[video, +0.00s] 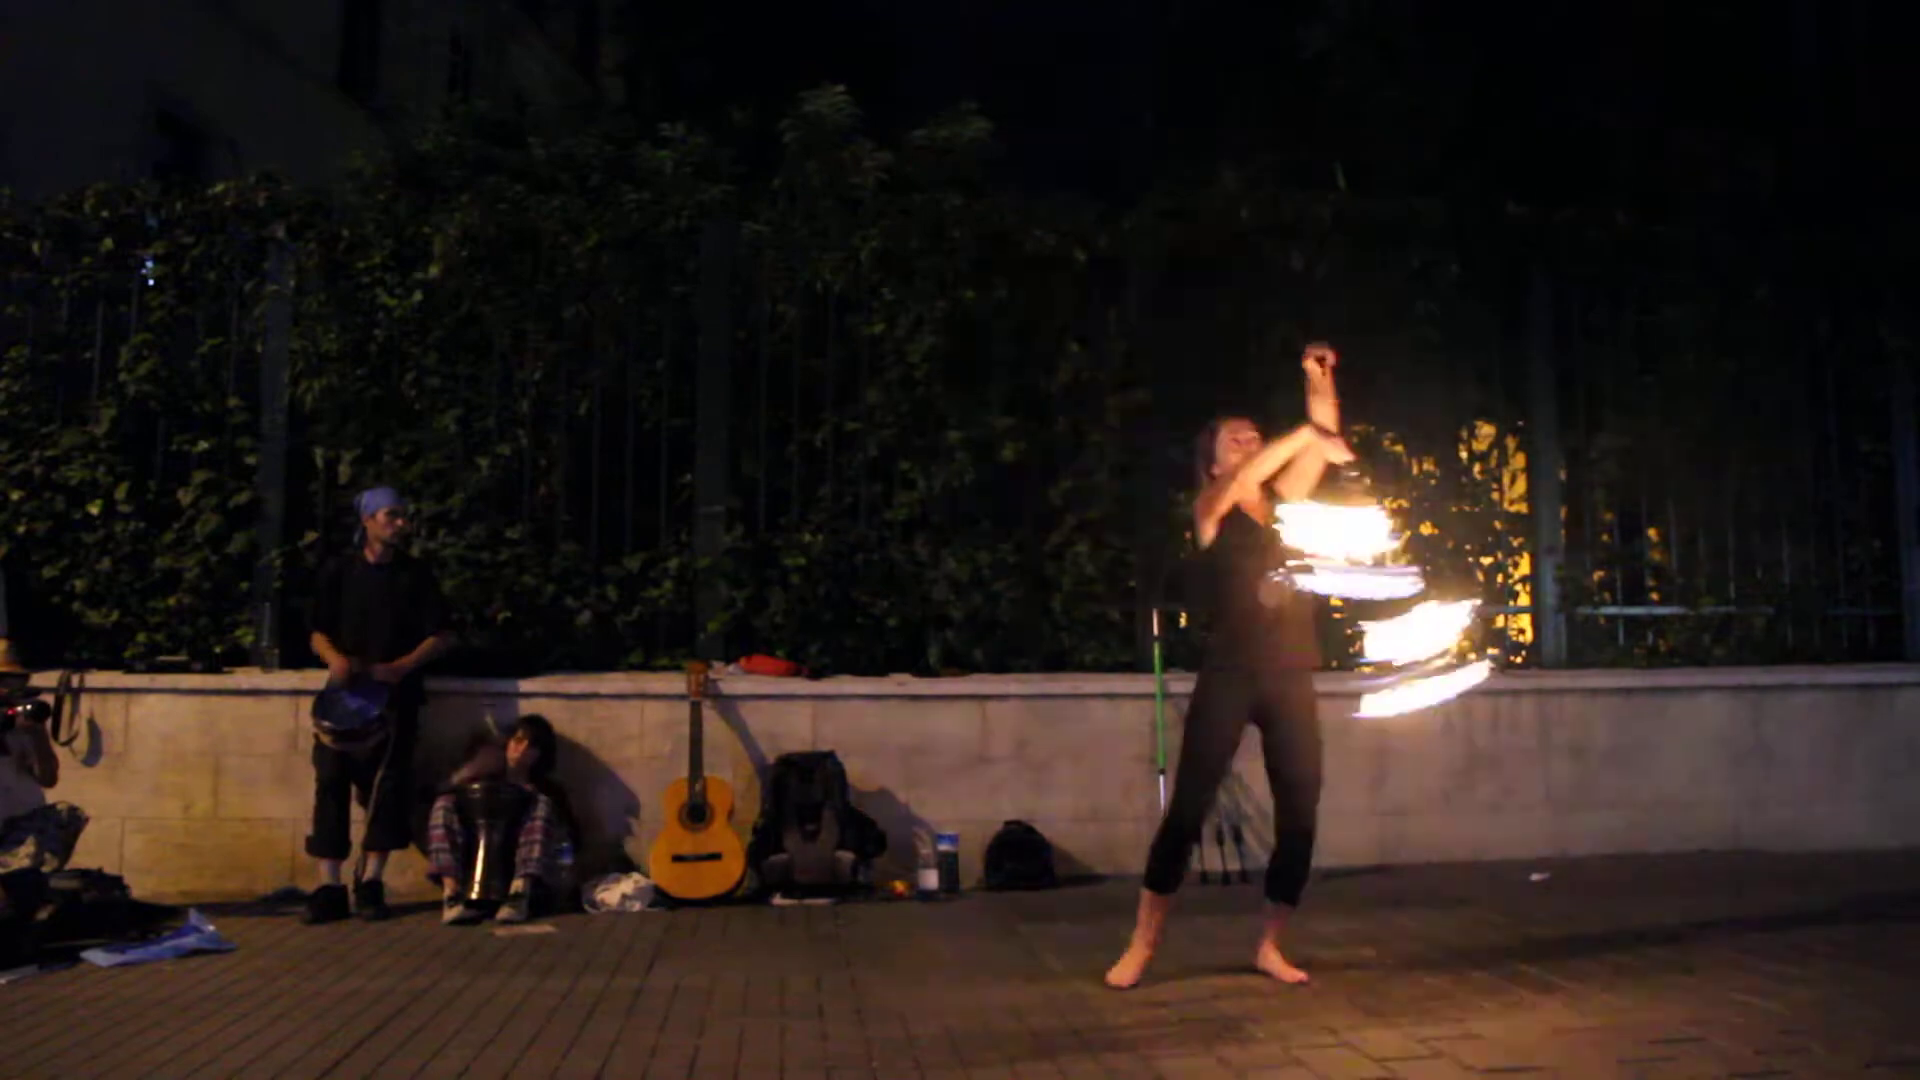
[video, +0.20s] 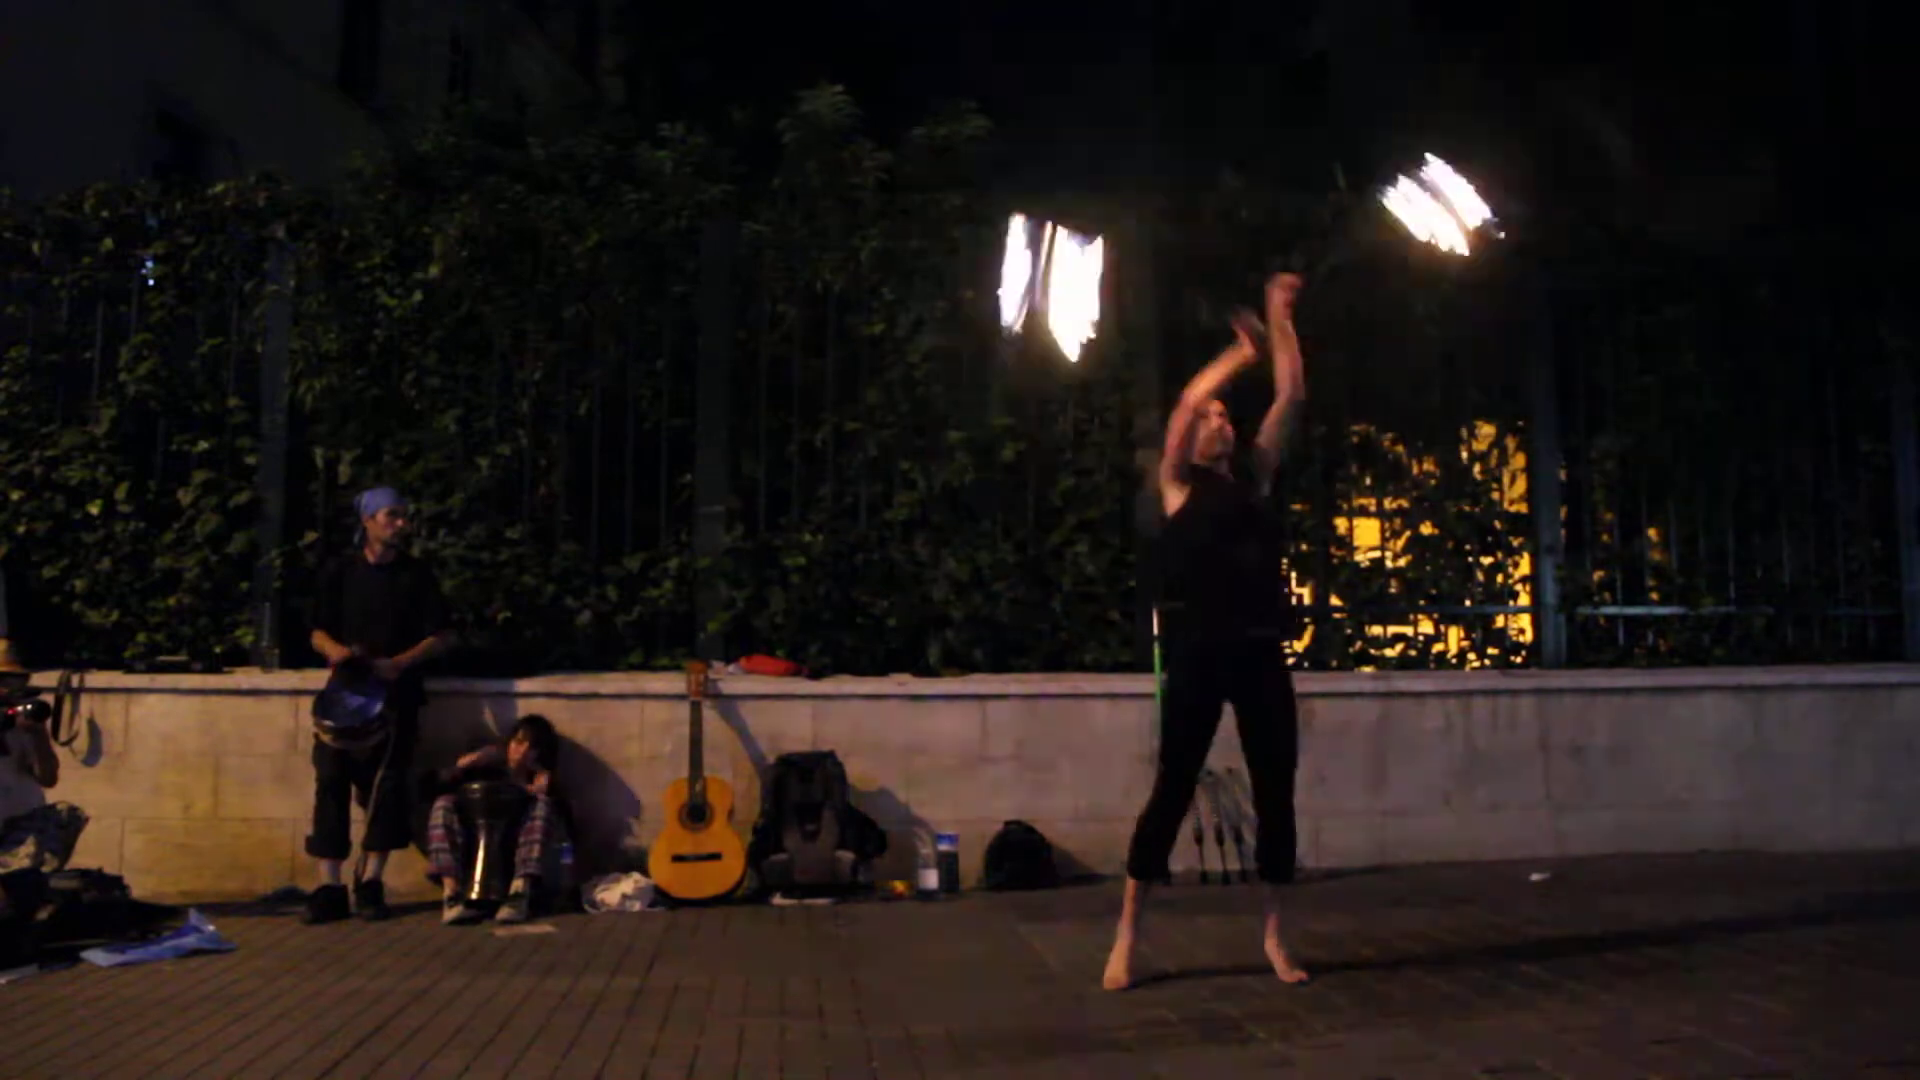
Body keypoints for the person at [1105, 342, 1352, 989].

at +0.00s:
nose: (1248, 443)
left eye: (1254, 437)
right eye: (1234, 437)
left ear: (1266, 447)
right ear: (1209, 457)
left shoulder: (1282, 503)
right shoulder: (1207, 512)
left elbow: (1321, 449)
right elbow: (1244, 481)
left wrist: (1321, 382)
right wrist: (1312, 433)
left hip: (1291, 679)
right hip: (1227, 677)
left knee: (1300, 814)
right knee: (1187, 811)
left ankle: (1270, 945)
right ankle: (1142, 942)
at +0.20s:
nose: (1218, 423)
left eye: (1225, 416)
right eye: (1206, 418)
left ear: (1237, 431)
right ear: (1186, 433)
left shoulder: (1256, 476)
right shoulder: (1177, 484)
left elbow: (1289, 395)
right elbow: (1189, 402)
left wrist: (1280, 317)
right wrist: (1241, 349)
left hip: (1260, 651)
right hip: (1194, 652)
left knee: (1276, 792)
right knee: (1174, 789)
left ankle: (1275, 936)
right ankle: (1126, 935)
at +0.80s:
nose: (1185, 414)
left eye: (1195, 410)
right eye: (1173, 410)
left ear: (1210, 430)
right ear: (1161, 432)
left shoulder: (1224, 482)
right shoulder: (1148, 477)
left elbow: (1232, 389)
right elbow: (1158, 388)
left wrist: (1186, 361)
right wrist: (1159, 312)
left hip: (1223, 654)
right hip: (1161, 655)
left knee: (1251, 797)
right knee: (1143, 799)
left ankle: (1265, 936)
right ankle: (1116, 943)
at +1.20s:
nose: (1226, 450)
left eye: (1232, 443)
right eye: (1212, 443)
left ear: (1242, 459)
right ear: (1188, 462)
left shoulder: (1268, 524)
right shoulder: (1183, 529)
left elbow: (1278, 594)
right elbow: (1231, 602)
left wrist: (1264, 554)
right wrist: (1296, 611)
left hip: (1254, 684)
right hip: (1190, 685)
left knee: (1272, 816)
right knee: (1150, 814)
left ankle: (1256, 942)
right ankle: (1107, 937)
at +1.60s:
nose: (1178, 426)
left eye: (1184, 420)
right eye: (1165, 421)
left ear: (1197, 436)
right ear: (1140, 443)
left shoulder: (1218, 490)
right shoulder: (1129, 493)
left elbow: (1266, 422)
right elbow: (1076, 422)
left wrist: (1304, 360)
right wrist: (1024, 346)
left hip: (1212, 664)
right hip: (1146, 666)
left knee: (1236, 797)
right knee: (1126, 802)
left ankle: (1264, 934)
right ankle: (1098, 940)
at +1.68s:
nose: (1154, 431)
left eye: (1161, 424)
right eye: (1142, 425)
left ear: (1178, 442)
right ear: (1124, 446)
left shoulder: (1195, 495)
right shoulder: (1118, 499)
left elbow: (1213, 401)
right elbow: (1099, 400)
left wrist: (1220, 324)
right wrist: (1091, 306)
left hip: (1198, 667)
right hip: (1135, 671)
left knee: (1230, 797)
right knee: (1118, 803)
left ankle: (1261, 934)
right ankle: (1095, 937)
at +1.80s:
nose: (1147, 441)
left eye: (1156, 433)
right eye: (1136, 434)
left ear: (1170, 448)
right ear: (1115, 450)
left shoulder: (1175, 500)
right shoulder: (1103, 504)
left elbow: (1172, 418)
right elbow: (1128, 424)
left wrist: (1145, 333)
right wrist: (1175, 346)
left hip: (1182, 673)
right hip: (1118, 677)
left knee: (1221, 803)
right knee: (1113, 811)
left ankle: (1255, 934)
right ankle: (1099, 943)